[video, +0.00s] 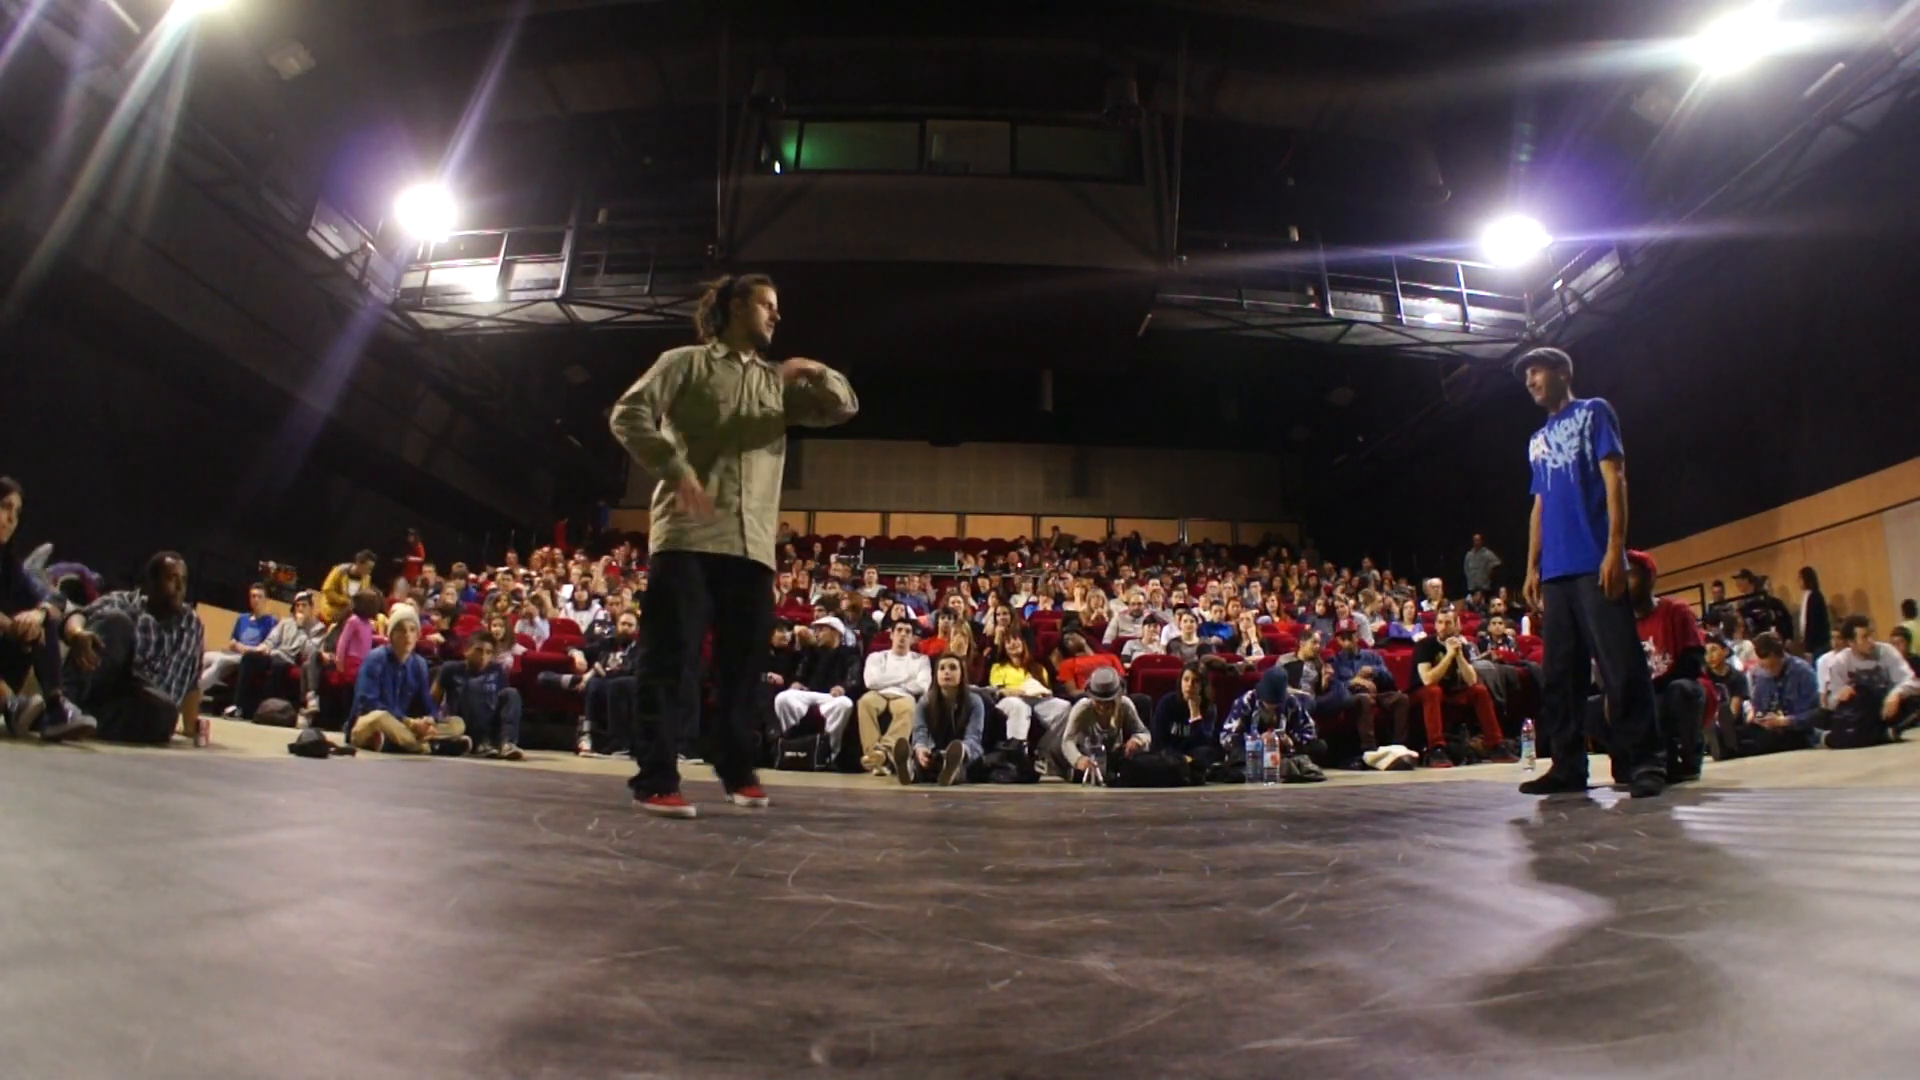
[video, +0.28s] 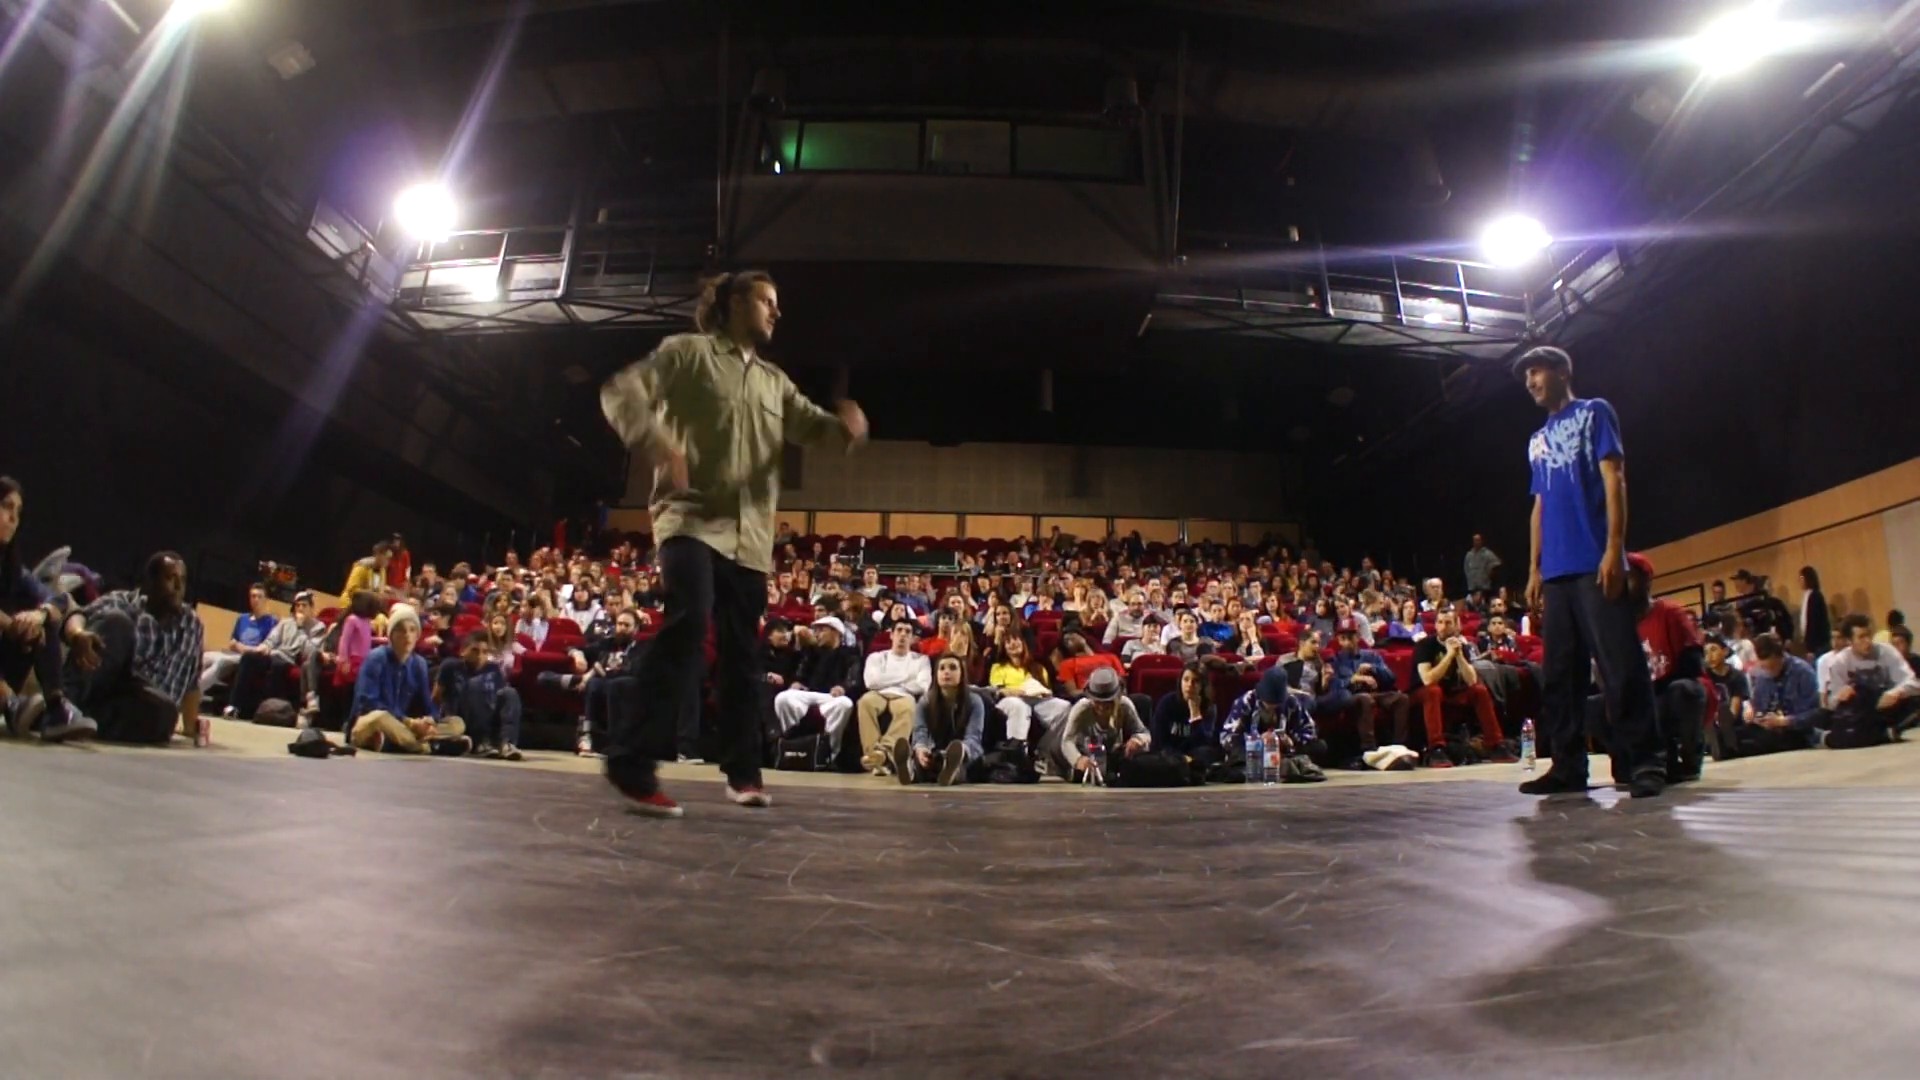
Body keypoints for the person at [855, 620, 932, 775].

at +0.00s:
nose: (903, 635)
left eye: (907, 632)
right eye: (899, 630)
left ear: (912, 638)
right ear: (891, 634)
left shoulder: (921, 659)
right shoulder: (875, 657)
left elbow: (921, 686)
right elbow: (871, 682)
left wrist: (887, 683)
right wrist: (905, 677)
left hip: (904, 694)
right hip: (879, 692)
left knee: (907, 710)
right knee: (865, 703)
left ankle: (884, 750)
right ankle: (875, 760)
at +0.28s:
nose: (903, 635)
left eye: (907, 632)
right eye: (899, 630)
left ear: (912, 638)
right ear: (891, 634)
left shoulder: (921, 660)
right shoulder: (875, 657)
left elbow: (921, 686)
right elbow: (871, 682)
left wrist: (887, 683)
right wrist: (905, 677)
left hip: (904, 694)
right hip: (879, 692)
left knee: (907, 710)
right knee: (865, 703)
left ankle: (884, 750)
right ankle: (875, 760)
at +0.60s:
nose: (903, 635)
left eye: (907, 632)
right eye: (899, 630)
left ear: (913, 638)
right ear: (891, 635)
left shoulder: (921, 659)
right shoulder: (875, 657)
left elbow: (922, 687)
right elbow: (871, 682)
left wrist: (887, 683)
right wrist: (905, 678)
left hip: (904, 695)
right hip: (879, 693)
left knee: (907, 710)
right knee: (866, 707)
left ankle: (884, 750)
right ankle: (876, 761)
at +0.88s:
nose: (903, 635)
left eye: (907, 632)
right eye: (899, 630)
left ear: (912, 638)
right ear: (891, 634)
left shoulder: (921, 659)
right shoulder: (875, 657)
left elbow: (922, 686)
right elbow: (871, 682)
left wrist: (888, 683)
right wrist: (905, 678)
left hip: (904, 694)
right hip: (879, 692)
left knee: (907, 710)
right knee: (865, 703)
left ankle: (884, 750)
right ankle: (876, 761)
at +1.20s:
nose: (903, 635)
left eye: (907, 632)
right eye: (899, 630)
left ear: (912, 638)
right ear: (891, 634)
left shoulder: (921, 659)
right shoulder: (875, 657)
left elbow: (921, 686)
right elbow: (871, 682)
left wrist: (887, 683)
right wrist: (904, 678)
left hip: (904, 694)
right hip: (879, 692)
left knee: (907, 710)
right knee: (865, 703)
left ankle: (884, 750)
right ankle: (876, 761)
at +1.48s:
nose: (903, 635)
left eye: (907, 632)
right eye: (899, 630)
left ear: (912, 638)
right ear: (891, 634)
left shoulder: (921, 659)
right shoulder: (876, 658)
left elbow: (921, 686)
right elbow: (871, 682)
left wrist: (886, 683)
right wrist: (905, 678)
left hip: (904, 694)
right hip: (879, 692)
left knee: (907, 710)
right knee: (865, 703)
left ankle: (884, 750)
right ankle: (876, 761)